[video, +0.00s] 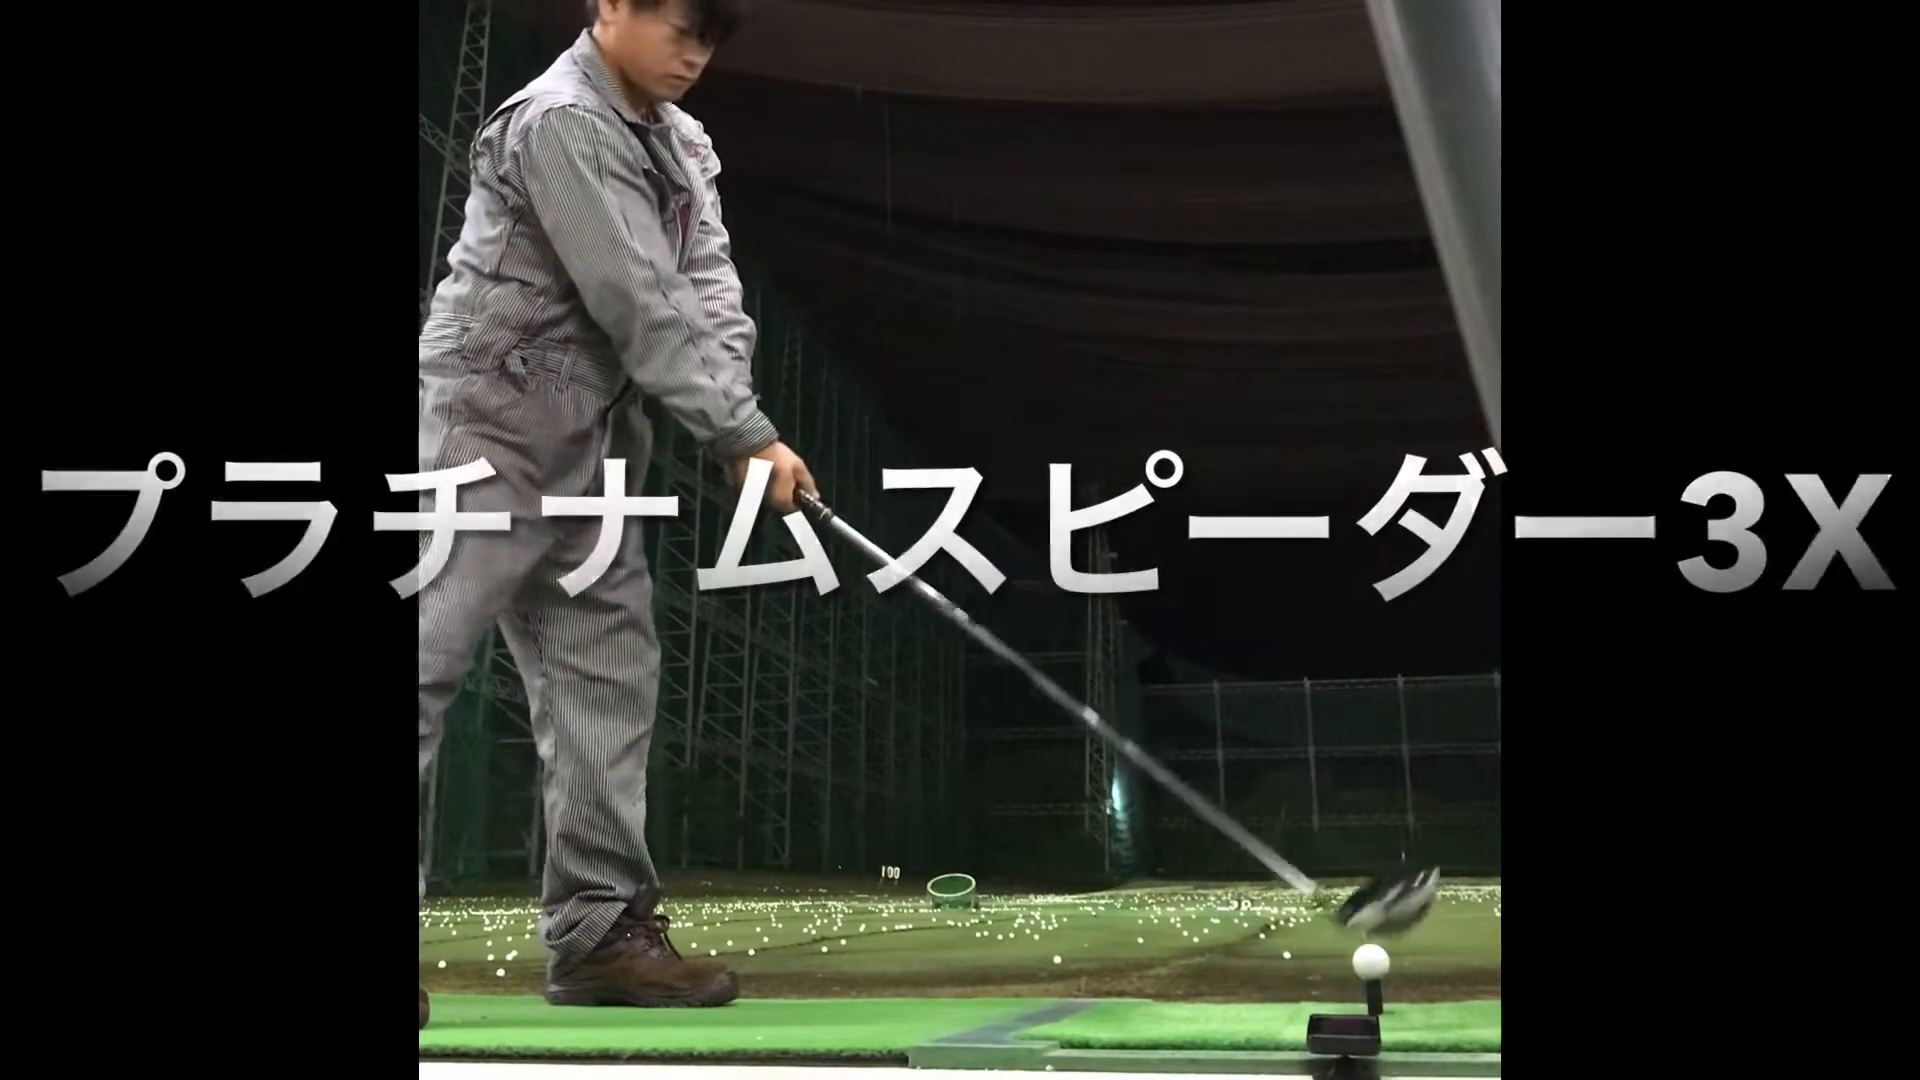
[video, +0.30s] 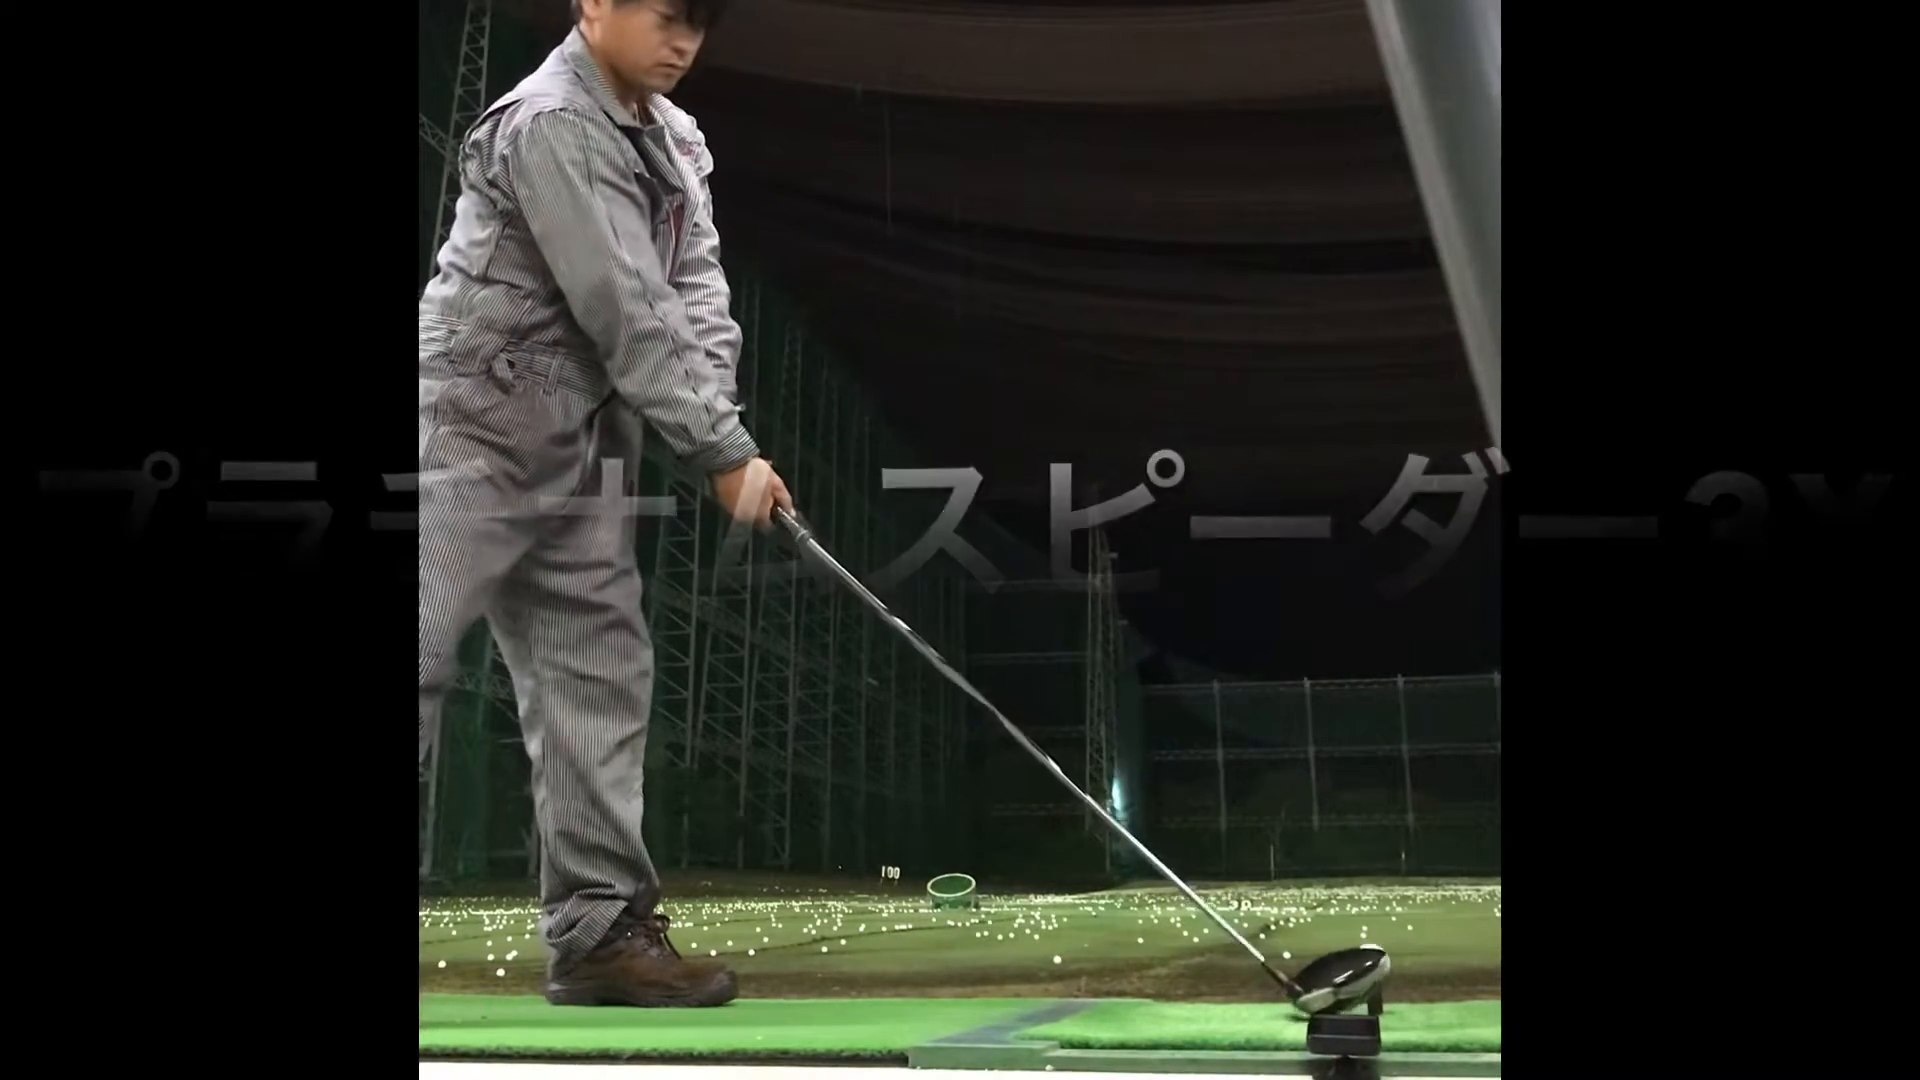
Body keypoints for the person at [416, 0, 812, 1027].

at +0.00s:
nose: (698, 56)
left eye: (710, 38)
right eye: (680, 30)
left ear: (714, 41)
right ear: (610, 12)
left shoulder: (685, 141)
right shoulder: (556, 121)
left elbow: (712, 288)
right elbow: (635, 298)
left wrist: (730, 420)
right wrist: (744, 434)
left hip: (587, 461)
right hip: (478, 443)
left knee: (605, 685)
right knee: (425, 685)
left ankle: (599, 937)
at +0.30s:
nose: (686, 42)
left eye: (697, 25)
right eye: (665, 19)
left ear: (701, 31)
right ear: (594, 12)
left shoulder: (679, 135)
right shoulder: (551, 123)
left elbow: (701, 289)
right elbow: (621, 307)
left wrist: (705, 414)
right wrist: (726, 451)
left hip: (578, 455)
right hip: (466, 438)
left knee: (596, 677)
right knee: (424, 670)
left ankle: (598, 935)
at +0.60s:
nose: (688, 26)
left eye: (695, 10)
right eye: (665, 7)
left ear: (696, 22)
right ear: (593, 9)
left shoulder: (682, 130)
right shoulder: (555, 122)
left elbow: (708, 285)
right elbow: (632, 307)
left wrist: (717, 421)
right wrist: (731, 450)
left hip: (584, 457)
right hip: (471, 440)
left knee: (604, 677)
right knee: (423, 664)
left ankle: (600, 936)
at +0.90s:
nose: (674, 17)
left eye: (682, 3)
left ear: (684, 16)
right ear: (584, 2)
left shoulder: (662, 121)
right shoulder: (548, 106)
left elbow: (700, 269)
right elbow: (630, 286)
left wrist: (723, 402)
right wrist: (732, 425)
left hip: (590, 436)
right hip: (485, 427)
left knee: (600, 667)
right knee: (433, 672)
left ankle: (599, 935)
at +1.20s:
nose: (668, 21)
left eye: (677, 8)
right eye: (648, 1)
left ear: (673, 21)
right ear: (580, 3)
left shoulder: (654, 120)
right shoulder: (537, 106)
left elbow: (693, 265)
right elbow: (622, 283)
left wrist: (719, 397)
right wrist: (728, 422)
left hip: (590, 429)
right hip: (483, 421)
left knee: (600, 666)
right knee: (433, 669)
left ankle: (597, 934)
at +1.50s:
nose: (669, 26)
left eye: (679, 11)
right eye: (650, 4)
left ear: (681, 25)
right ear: (581, 4)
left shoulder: (657, 130)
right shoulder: (539, 110)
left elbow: (690, 270)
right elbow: (620, 286)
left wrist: (720, 407)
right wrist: (726, 426)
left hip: (585, 438)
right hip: (474, 426)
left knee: (595, 671)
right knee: (428, 670)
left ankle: (597, 935)